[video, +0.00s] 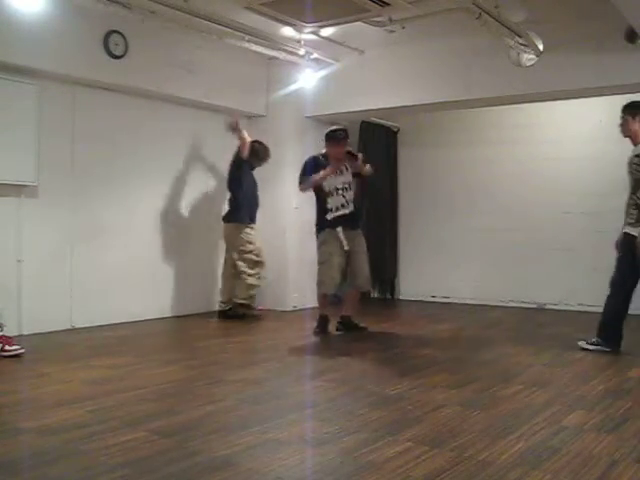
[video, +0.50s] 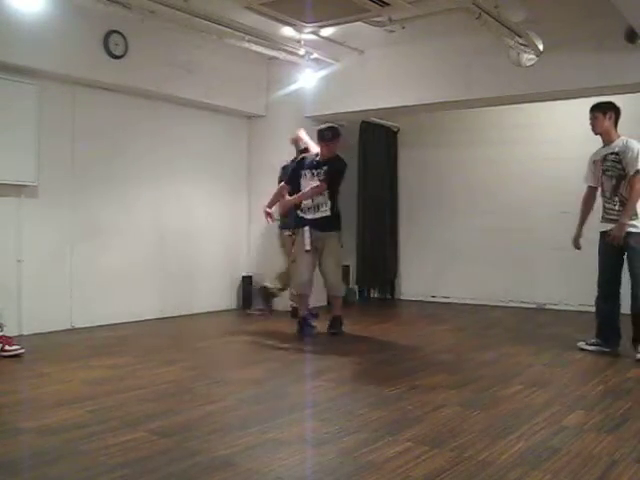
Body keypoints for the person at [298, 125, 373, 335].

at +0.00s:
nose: (340, 150)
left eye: (343, 145)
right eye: (336, 146)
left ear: (347, 145)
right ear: (327, 146)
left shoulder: (352, 160)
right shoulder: (315, 163)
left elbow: (369, 171)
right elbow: (303, 185)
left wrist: (360, 167)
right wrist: (326, 173)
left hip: (352, 226)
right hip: (328, 227)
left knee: (361, 276)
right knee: (328, 275)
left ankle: (346, 317)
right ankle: (323, 318)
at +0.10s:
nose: (339, 149)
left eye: (342, 145)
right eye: (335, 145)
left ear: (346, 142)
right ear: (326, 142)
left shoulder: (351, 157)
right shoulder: (314, 154)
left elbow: (372, 162)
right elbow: (298, 169)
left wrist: (350, 156)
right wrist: (325, 161)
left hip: (347, 224)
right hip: (323, 224)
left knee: (352, 275)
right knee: (325, 274)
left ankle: (345, 317)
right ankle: (317, 316)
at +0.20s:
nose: (333, 148)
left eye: (336, 143)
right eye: (329, 143)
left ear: (342, 142)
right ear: (322, 142)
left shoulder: (348, 157)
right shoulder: (310, 154)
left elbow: (373, 165)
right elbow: (291, 165)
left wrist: (348, 156)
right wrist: (317, 159)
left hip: (342, 223)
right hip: (317, 223)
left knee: (349, 274)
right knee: (317, 272)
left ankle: (343, 317)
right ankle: (308, 317)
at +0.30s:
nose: (328, 148)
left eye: (332, 144)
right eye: (324, 144)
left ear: (339, 144)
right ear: (318, 143)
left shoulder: (346, 163)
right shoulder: (307, 162)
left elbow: (356, 185)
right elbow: (282, 177)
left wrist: (332, 178)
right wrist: (298, 171)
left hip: (338, 226)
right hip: (312, 226)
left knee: (342, 273)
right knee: (311, 271)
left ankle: (340, 316)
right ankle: (305, 317)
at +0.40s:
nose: (335, 149)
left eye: (336, 144)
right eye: (333, 145)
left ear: (337, 144)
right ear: (325, 144)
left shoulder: (342, 165)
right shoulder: (304, 164)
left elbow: (323, 188)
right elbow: (283, 185)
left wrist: (294, 204)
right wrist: (268, 203)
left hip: (333, 227)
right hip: (309, 228)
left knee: (338, 277)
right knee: (307, 278)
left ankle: (338, 318)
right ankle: (304, 319)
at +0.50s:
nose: (329, 148)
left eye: (333, 144)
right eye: (326, 144)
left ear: (337, 143)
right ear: (319, 143)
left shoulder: (338, 164)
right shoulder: (302, 162)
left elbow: (321, 188)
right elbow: (285, 186)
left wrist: (292, 202)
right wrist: (269, 205)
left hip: (329, 228)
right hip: (305, 228)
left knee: (332, 276)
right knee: (302, 277)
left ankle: (337, 318)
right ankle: (303, 318)